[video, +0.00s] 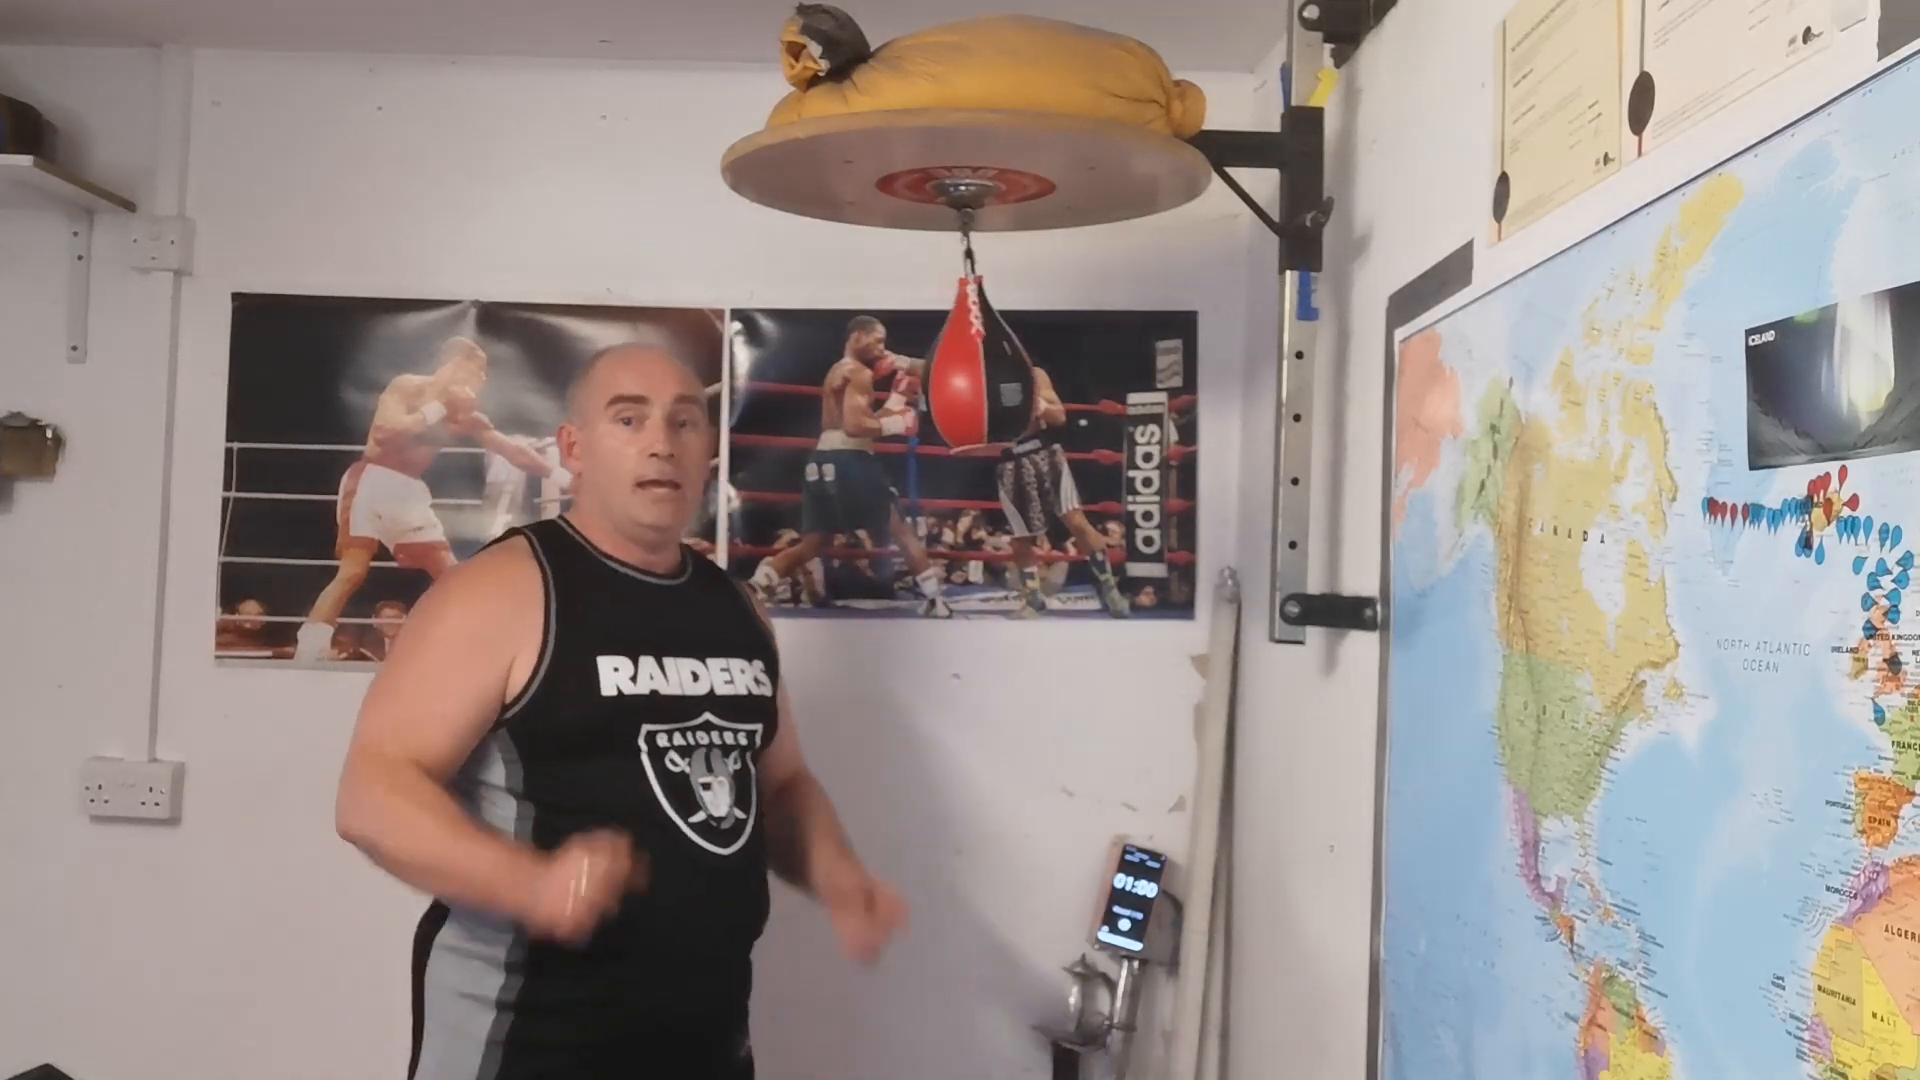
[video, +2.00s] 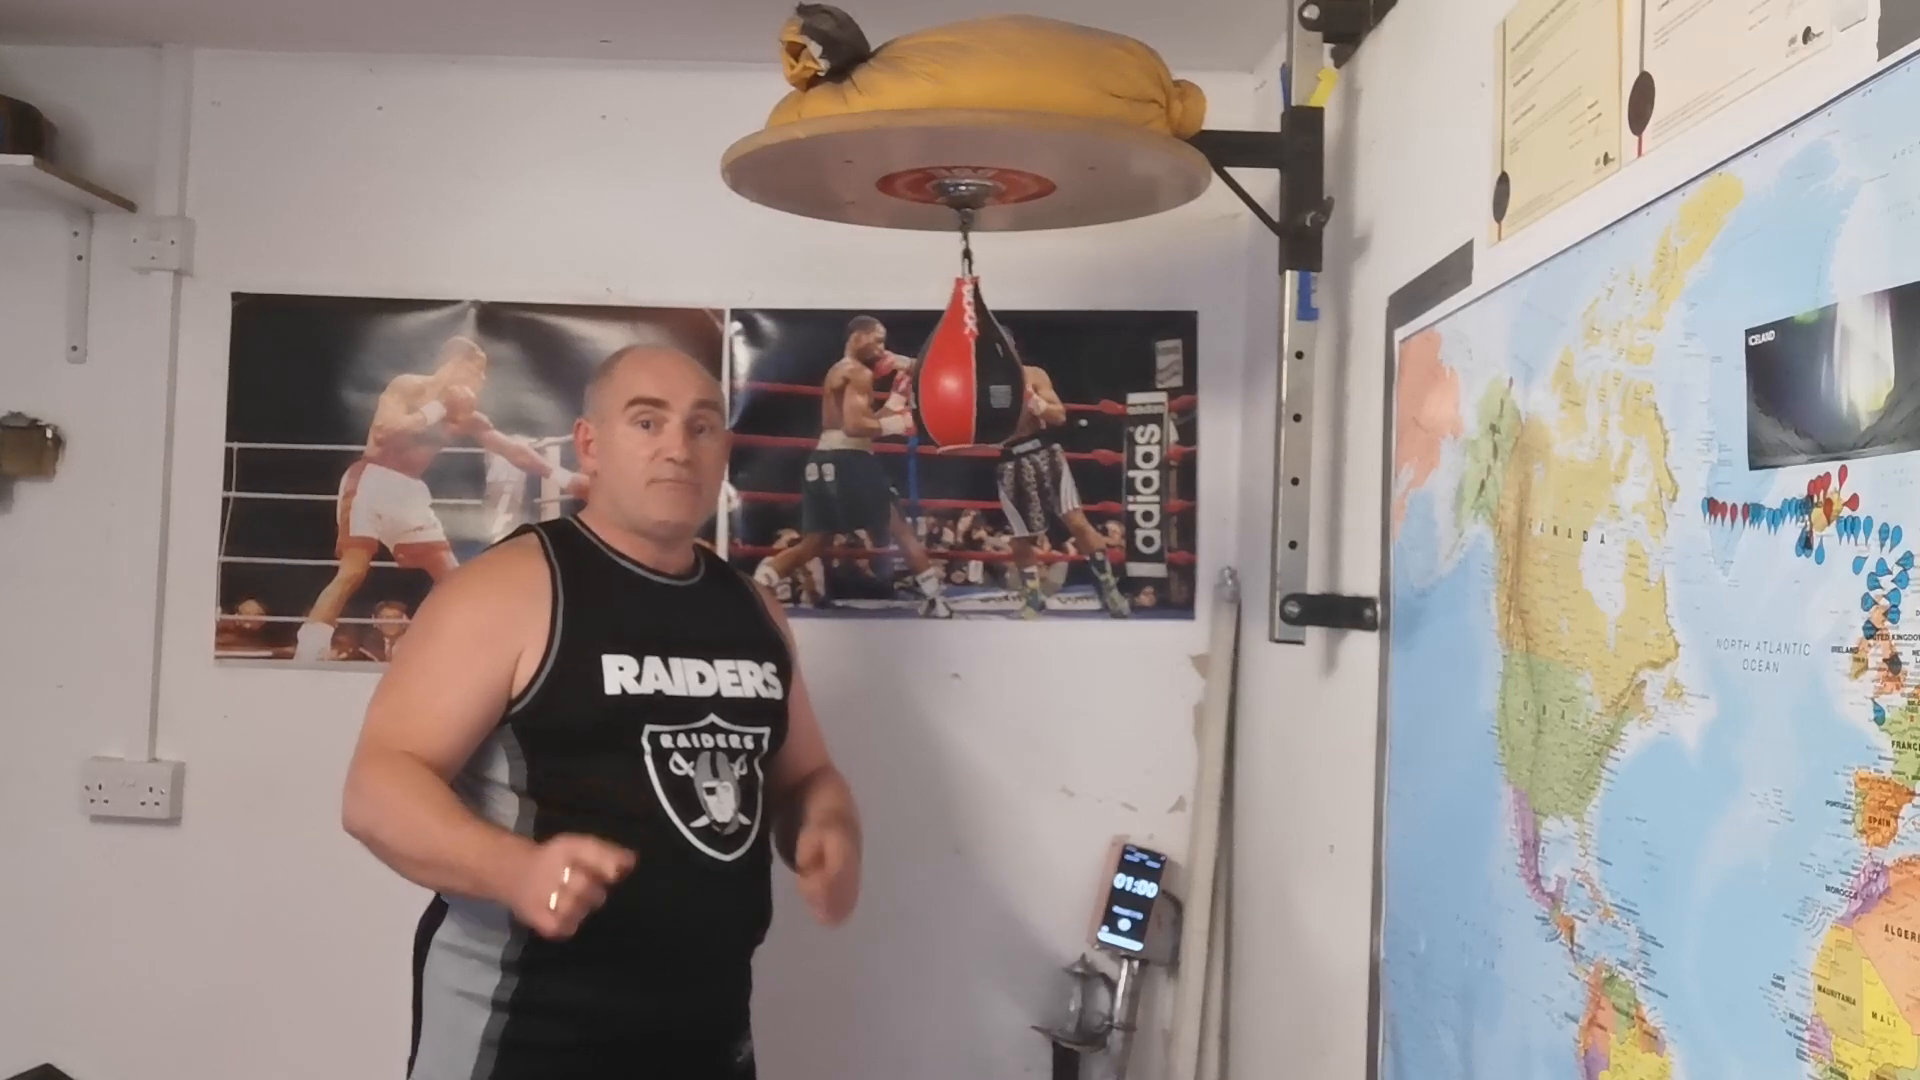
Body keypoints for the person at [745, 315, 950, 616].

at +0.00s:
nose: (881, 349)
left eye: (883, 343)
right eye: (878, 342)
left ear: (855, 340)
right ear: (857, 337)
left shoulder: (833, 374)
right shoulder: (858, 373)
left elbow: (849, 422)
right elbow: (855, 425)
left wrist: (889, 408)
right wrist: (896, 423)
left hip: (820, 462)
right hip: (853, 463)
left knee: (814, 542)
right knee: (902, 531)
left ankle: (755, 587)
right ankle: (935, 598)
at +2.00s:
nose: (881, 349)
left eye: (883, 343)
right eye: (878, 342)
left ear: (857, 340)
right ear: (858, 337)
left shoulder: (834, 372)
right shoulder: (858, 373)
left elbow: (848, 422)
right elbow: (854, 425)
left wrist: (886, 409)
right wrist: (894, 423)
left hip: (820, 463)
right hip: (852, 463)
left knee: (816, 541)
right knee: (901, 529)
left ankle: (756, 587)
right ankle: (935, 597)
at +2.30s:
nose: (882, 349)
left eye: (883, 342)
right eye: (878, 341)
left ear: (855, 340)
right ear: (857, 337)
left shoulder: (834, 372)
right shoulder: (859, 373)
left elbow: (837, 419)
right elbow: (854, 424)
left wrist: (877, 371)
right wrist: (886, 426)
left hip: (820, 462)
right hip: (852, 462)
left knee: (815, 542)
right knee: (901, 529)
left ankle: (755, 588)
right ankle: (935, 597)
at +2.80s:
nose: (881, 349)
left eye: (883, 343)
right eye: (878, 342)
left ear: (856, 340)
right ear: (856, 338)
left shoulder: (834, 373)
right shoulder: (859, 373)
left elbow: (844, 423)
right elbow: (854, 425)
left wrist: (886, 409)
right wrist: (895, 423)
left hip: (820, 463)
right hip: (852, 463)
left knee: (815, 541)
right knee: (901, 529)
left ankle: (756, 587)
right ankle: (936, 597)